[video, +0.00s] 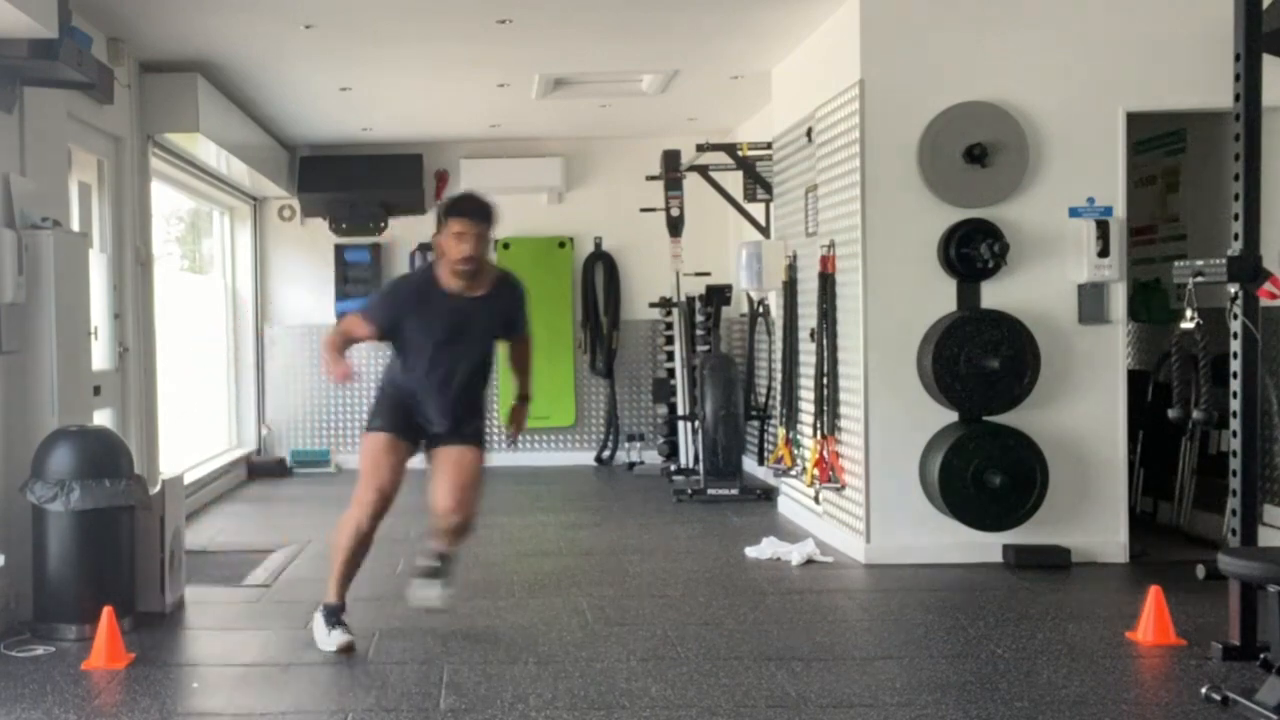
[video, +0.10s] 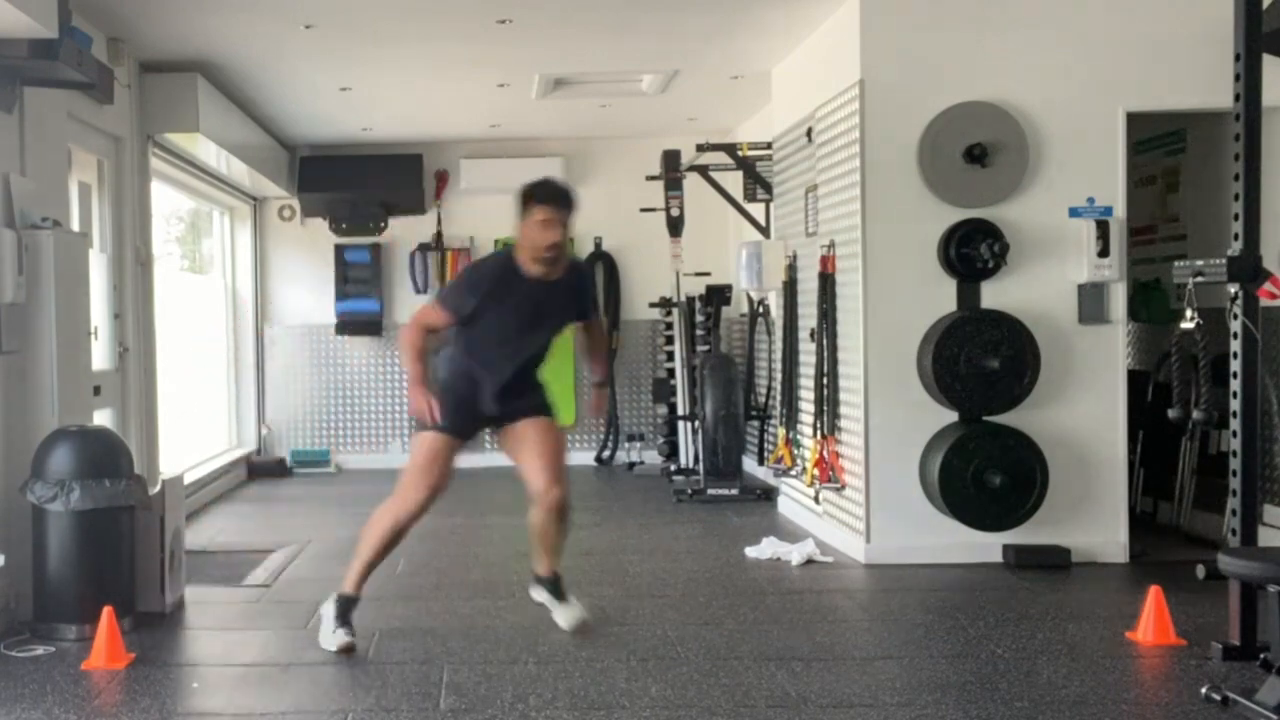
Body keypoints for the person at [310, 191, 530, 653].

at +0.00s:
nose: (468, 249)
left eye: (478, 238)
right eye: (458, 237)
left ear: (489, 242)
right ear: (438, 240)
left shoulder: (505, 293)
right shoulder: (409, 292)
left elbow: (519, 344)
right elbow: (343, 332)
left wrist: (522, 398)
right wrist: (334, 355)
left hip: (462, 410)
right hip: (402, 401)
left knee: (455, 512)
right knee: (371, 503)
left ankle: (437, 560)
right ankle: (331, 609)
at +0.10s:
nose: (553, 235)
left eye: (560, 224)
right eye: (542, 224)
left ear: (569, 228)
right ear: (520, 227)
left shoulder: (575, 279)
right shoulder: (487, 276)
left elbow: (593, 331)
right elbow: (416, 328)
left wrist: (598, 383)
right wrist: (416, 385)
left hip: (519, 390)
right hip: (458, 387)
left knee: (552, 493)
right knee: (417, 492)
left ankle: (547, 579)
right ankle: (343, 600)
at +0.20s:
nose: (640, 227)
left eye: (643, 217)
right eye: (632, 217)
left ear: (638, 217)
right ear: (600, 218)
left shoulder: (644, 270)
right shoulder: (555, 266)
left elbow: (680, 313)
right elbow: (481, 313)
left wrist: (707, 356)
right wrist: (464, 392)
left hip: (592, 392)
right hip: (535, 385)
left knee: (598, 506)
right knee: (526, 487)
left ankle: (554, 594)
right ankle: (436, 570)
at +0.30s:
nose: (707, 213)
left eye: (708, 203)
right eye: (699, 204)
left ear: (698, 204)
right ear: (667, 204)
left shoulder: (711, 253)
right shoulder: (617, 255)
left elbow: (755, 295)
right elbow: (545, 303)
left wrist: (775, 329)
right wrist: (531, 373)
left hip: (657, 377)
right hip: (609, 372)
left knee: (638, 492)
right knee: (649, 460)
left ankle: (564, 585)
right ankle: (621, 577)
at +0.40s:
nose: (765, 206)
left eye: (769, 196)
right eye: (755, 196)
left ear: (770, 197)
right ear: (722, 198)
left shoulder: (778, 244)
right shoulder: (687, 255)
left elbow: (808, 300)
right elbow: (619, 311)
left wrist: (821, 345)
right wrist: (608, 387)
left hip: (741, 379)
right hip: (692, 375)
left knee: (720, 491)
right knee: (743, 466)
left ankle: (626, 558)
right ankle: (787, 581)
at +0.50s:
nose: (820, 211)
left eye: (825, 201)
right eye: (808, 201)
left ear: (833, 204)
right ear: (782, 205)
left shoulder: (843, 261)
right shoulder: (758, 268)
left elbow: (859, 316)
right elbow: (697, 336)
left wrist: (878, 368)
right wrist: (693, 414)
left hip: (817, 388)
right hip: (763, 390)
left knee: (856, 494)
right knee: (829, 484)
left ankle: (766, 533)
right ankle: (830, 601)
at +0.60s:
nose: (884, 216)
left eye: (891, 206)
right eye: (871, 206)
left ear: (898, 209)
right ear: (848, 211)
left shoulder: (904, 262)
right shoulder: (821, 270)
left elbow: (913, 321)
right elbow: (767, 342)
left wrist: (933, 380)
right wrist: (793, 408)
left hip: (872, 383)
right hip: (818, 389)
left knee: (949, 458)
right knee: (869, 479)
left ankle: (942, 548)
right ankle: (832, 593)